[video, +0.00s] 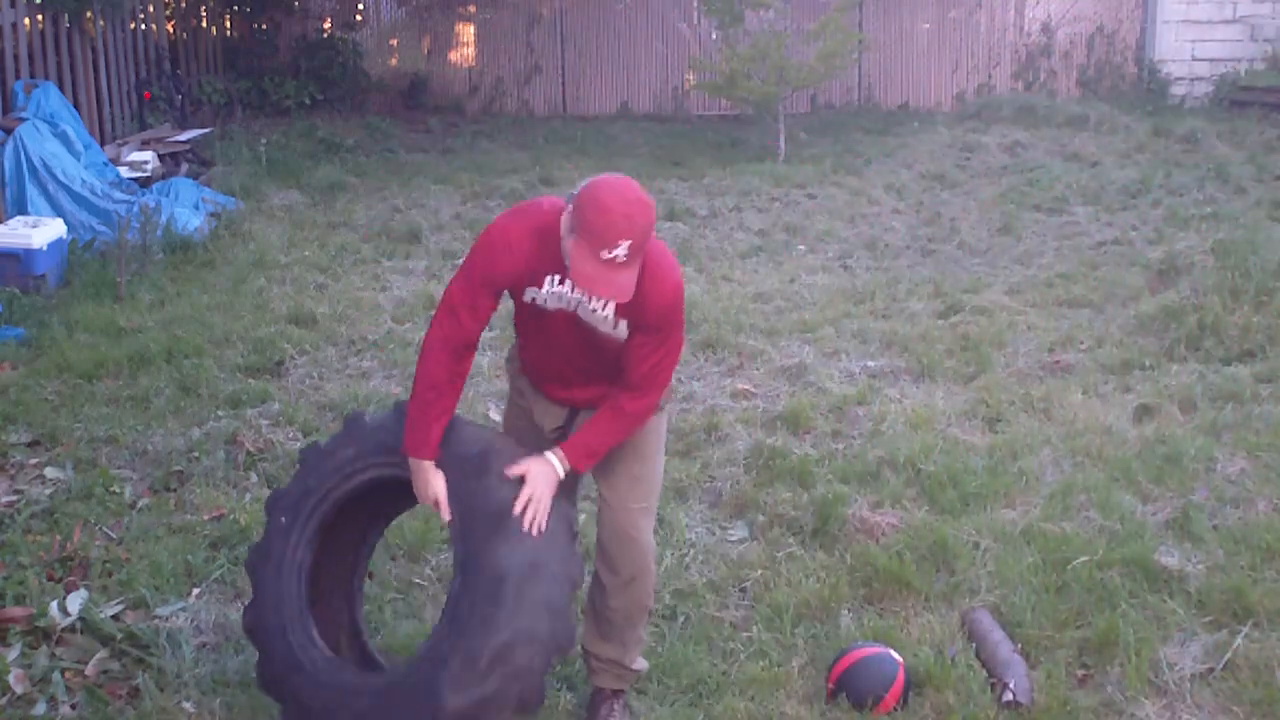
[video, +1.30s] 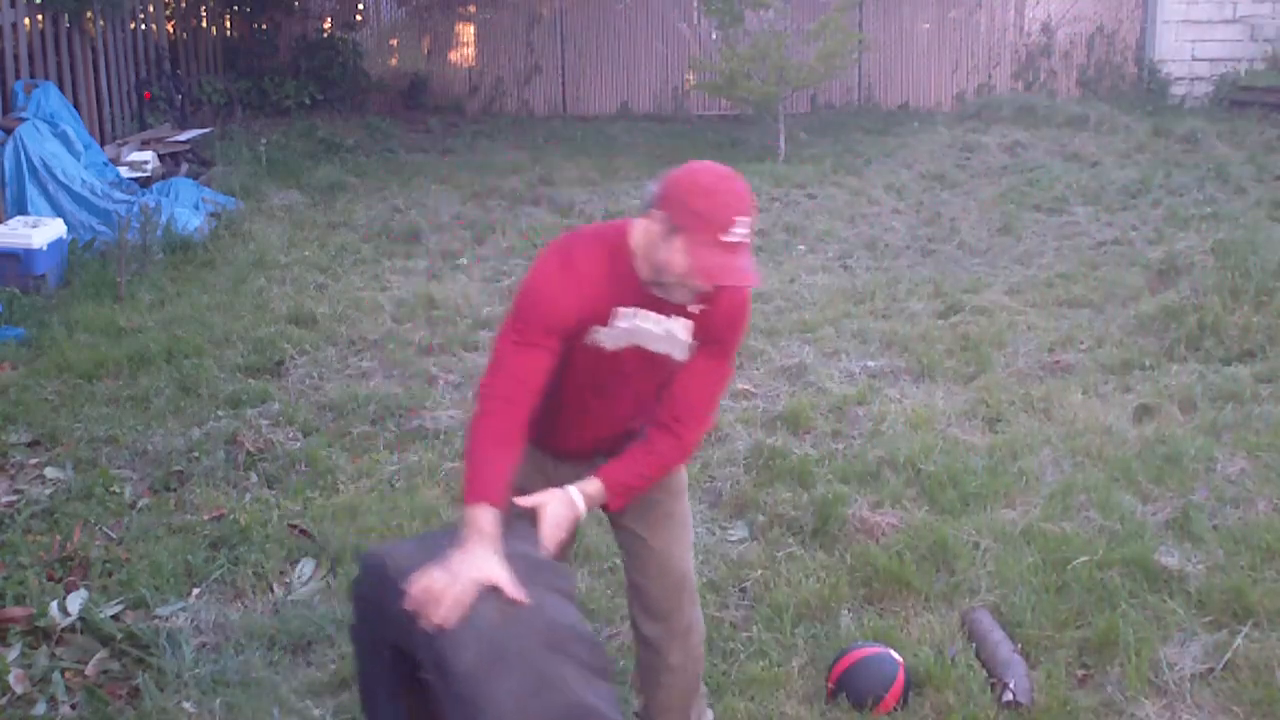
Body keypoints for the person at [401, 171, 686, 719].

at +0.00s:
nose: (600, 284)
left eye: (615, 274)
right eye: (591, 271)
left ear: (641, 249)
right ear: (566, 230)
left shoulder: (660, 282)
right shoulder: (515, 237)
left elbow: (639, 395)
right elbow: (452, 333)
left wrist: (561, 460)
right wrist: (421, 452)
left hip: (628, 402)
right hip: (537, 390)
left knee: (628, 540)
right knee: (513, 529)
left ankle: (611, 686)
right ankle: (500, 667)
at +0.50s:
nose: (539, 277)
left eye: (552, 266)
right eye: (526, 265)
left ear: (578, 239)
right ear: (501, 230)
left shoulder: (607, 272)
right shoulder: (465, 239)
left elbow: (596, 421)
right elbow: (387, 324)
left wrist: (546, 544)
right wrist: (348, 426)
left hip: (602, 409)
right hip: (504, 396)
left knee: (605, 556)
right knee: (486, 548)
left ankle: (607, 691)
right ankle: (483, 684)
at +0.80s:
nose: (462, 277)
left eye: (475, 262)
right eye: (449, 265)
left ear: (506, 226)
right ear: (424, 236)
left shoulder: (562, 258)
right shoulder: (410, 255)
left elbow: (609, 384)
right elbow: (385, 373)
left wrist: (541, 457)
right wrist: (413, 457)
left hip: (585, 411)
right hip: (483, 412)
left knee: (605, 546)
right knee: (459, 548)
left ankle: (615, 678)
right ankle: (462, 683)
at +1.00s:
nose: (513, 259)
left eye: (525, 244)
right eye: (499, 247)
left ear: (545, 217)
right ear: (468, 227)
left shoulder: (592, 250)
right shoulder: (433, 267)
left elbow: (595, 371)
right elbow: (426, 390)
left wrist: (524, 457)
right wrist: (445, 495)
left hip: (594, 404)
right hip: (490, 415)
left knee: (635, 552)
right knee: (480, 569)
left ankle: (663, 705)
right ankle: (484, 705)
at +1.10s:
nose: (583, 251)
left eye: (594, 235)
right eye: (569, 234)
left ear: (612, 221)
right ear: (529, 217)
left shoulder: (638, 268)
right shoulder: (479, 260)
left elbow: (605, 397)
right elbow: (431, 379)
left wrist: (527, 471)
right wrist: (422, 482)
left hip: (611, 423)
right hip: (502, 430)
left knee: (648, 563)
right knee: (486, 580)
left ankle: (669, 706)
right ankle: (483, 705)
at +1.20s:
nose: (655, 265)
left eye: (667, 252)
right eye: (645, 248)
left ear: (683, 238)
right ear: (601, 218)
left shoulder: (688, 285)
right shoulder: (534, 257)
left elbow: (635, 416)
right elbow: (460, 376)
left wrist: (551, 484)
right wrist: (427, 506)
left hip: (625, 447)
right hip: (515, 447)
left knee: (660, 585)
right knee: (486, 596)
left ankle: (674, 712)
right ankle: (474, 709)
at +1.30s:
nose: (713, 280)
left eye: (722, 266)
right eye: (704, 261)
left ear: (735, 248)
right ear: (661, 229)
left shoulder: (724, 296)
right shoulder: (572, 267)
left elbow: (678, 431)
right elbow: (506, 395)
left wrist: (583, 494)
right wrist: (479, 535)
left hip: (642, 461)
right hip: (539, 457)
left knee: (672, 618)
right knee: (500, 617)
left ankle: (677, 711)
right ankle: (492, 709)